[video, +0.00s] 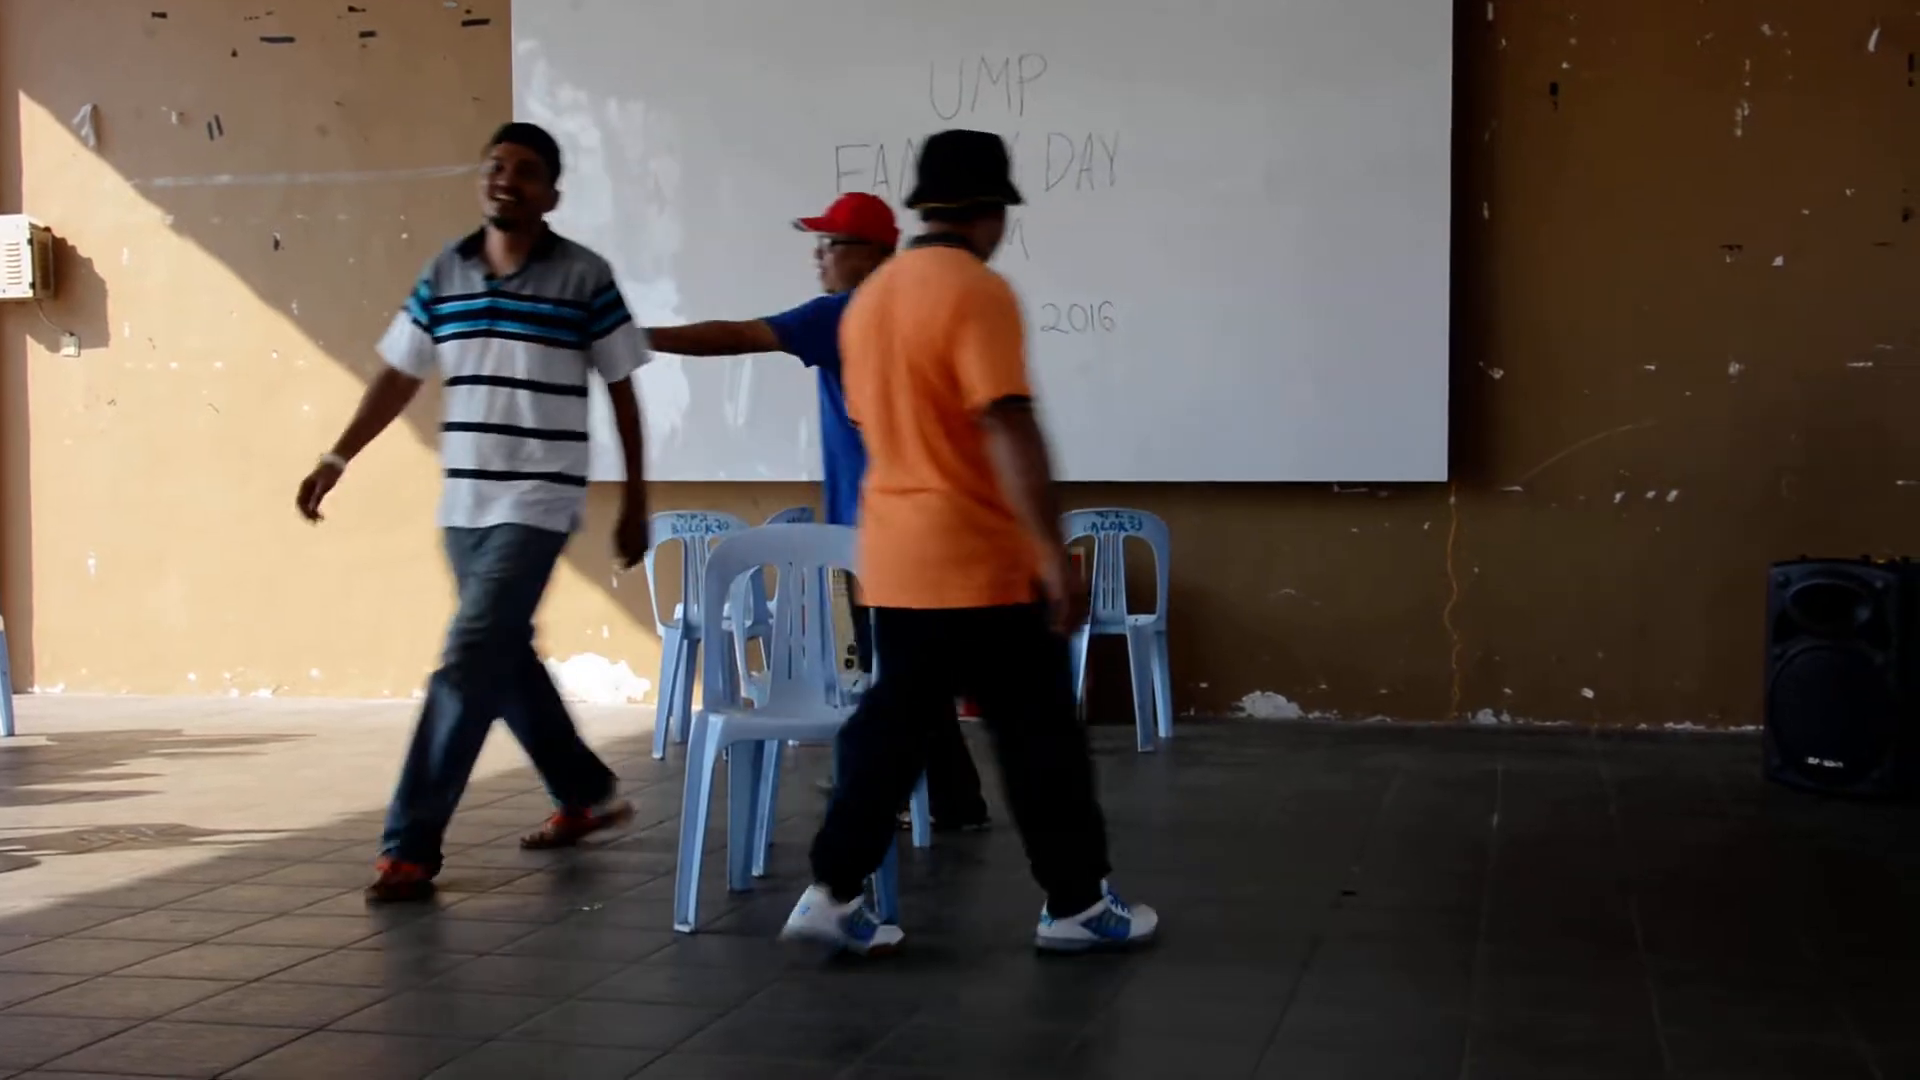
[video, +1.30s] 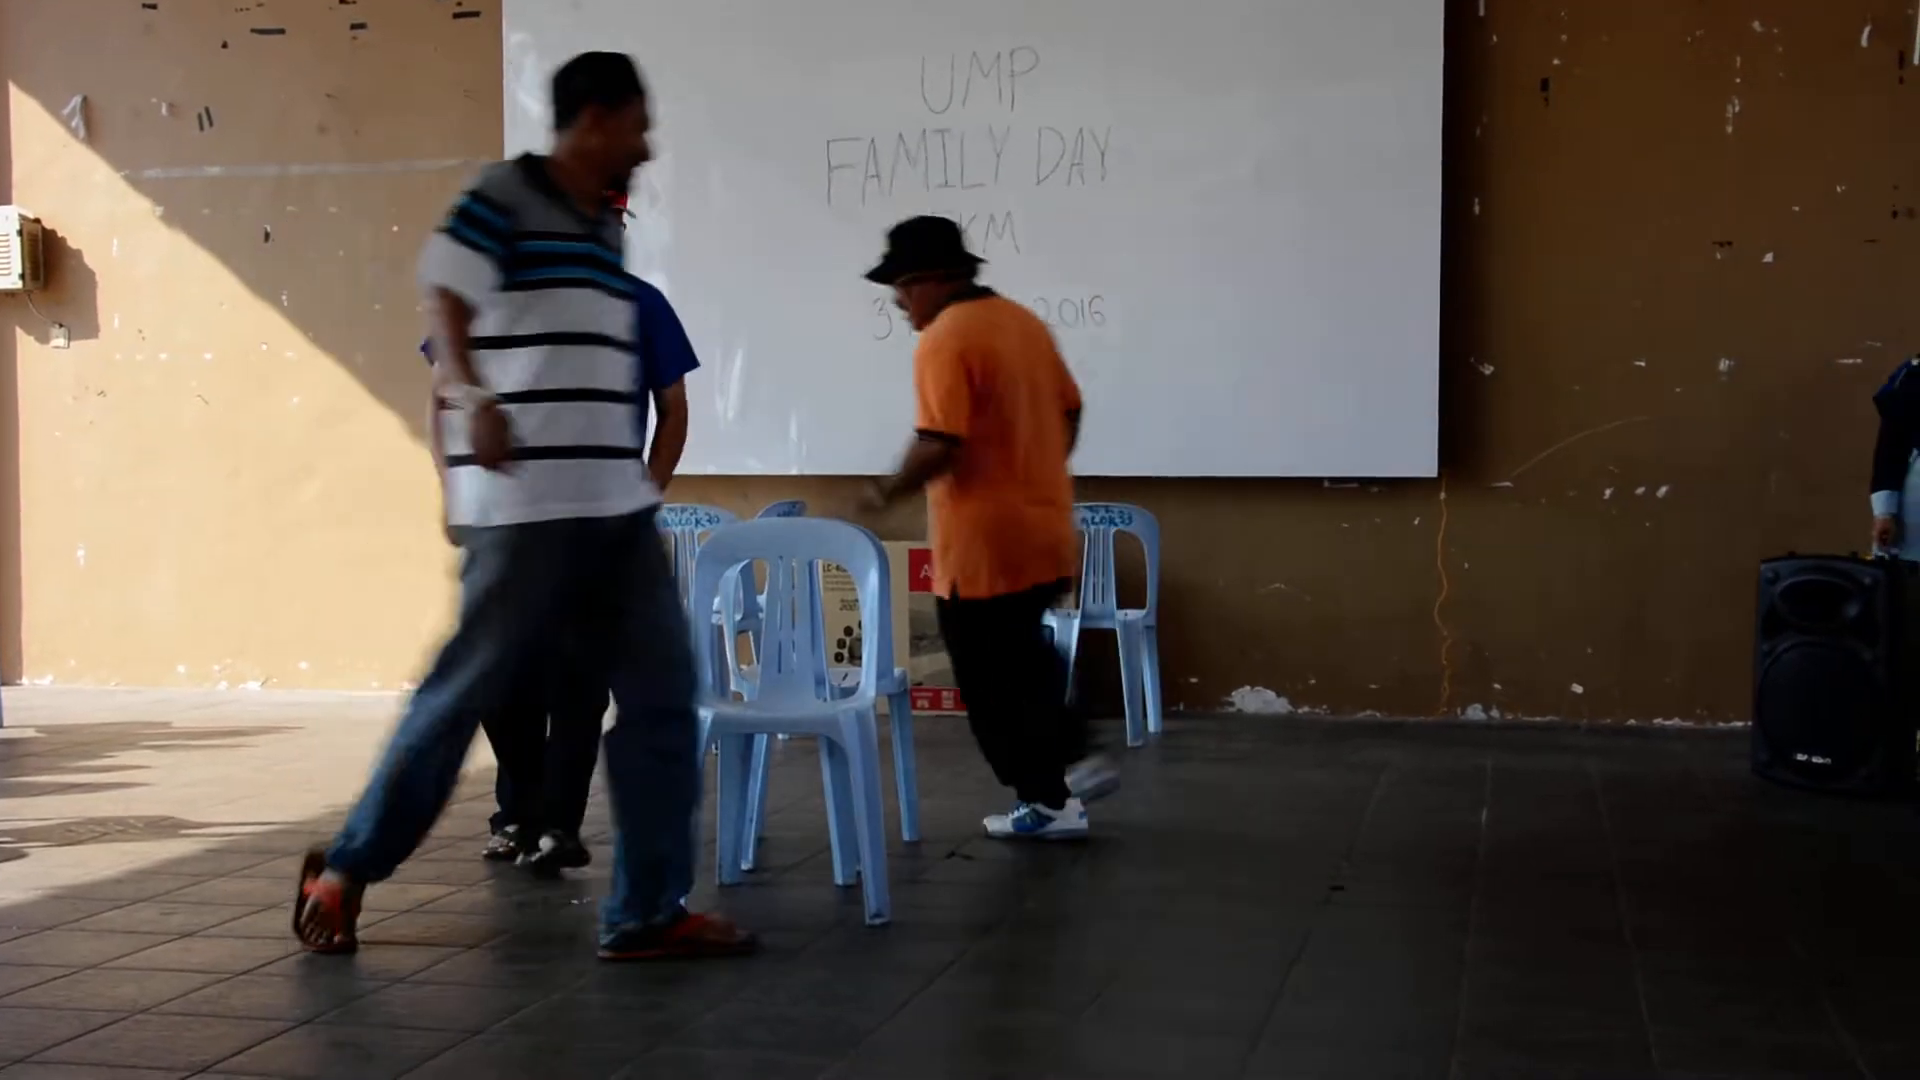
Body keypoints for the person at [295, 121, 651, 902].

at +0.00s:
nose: (503, 181)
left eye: (521, 172)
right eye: (495, 169)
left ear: (552, 191)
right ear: (477, 182)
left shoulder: (584, 277)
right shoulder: (446, 275)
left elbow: (623, 388)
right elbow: (398, 374)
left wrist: (636, 501)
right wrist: (337, 458)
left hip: (540, 503)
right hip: (463, 502)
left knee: (467, 662)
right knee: (503, 658)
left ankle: (411, 849)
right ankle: (588, 793)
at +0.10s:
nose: (479, 181)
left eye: (497, 171)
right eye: (470, 167)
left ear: (527, 187)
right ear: (452, 177)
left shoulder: (558, 276)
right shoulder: (417, 270)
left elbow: (588, 398)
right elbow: (380, 377)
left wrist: (598, 509)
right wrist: (329, 468)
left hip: (508, 502)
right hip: (427, 500)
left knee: (432, 673)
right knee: (427, 674)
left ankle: (404, 854)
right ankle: (533, 759)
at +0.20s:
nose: (461, 175)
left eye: (480, 163)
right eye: (448, 160)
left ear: (504, 178)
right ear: (427, 169)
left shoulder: (537, 266)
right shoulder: (393, 264)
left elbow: (561, 390)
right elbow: (367, 378)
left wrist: (562, 499)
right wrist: (325, 475)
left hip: (486, 510)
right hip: (395, 503)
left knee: (429, 677)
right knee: (361, 660)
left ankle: (403, 850)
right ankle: (444, 761)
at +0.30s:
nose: (443, 165)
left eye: (461, 152)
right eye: (429, 149)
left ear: (485, 165)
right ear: (406, 158)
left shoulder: (522, 252)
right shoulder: (372, 255)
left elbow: (549, 372)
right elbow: (352, 377)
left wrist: (535, 472)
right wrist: (321, 481)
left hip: (477, 510)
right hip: (376, 503)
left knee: (438, 687)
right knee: (332, 656)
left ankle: (404, 852)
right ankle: (343, 824)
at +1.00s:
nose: (513, 143)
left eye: (517, 127)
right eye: (501, 126)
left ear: (483, 125)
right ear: (443, 116)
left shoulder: (502, 223)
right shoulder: (349, 201)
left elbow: (530, 360)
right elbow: (287, 317)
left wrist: (579, 478)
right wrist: (257, 423)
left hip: (492, 501)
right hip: (380, 504)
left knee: (544, 663)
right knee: (356, 704)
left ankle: (508, 884)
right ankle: (333, 895)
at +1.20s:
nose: (590, 154)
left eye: (594, 138)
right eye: (583, 134)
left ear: (558, 127)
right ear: (535, 119)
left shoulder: (566, 243)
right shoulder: (443, 197)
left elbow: (581, 376)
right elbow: (385, 288)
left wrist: (602, 488)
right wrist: (389, 381)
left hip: (559, 504)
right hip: (453, 503)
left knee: (606, 701)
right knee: (400, 703)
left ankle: (643, 913)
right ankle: (333, 893)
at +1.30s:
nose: (643, 146)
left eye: (645, 129)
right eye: (635, 127)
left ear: (600, 121)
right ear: (587, 119)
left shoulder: (602, 223)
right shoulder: (501, 198)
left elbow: (590, 350)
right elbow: (443, 303)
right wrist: (472, 397)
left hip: (616, 510)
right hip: (523, 514)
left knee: (661, 699)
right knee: (463, 696)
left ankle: (648, 913)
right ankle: (344, 874)